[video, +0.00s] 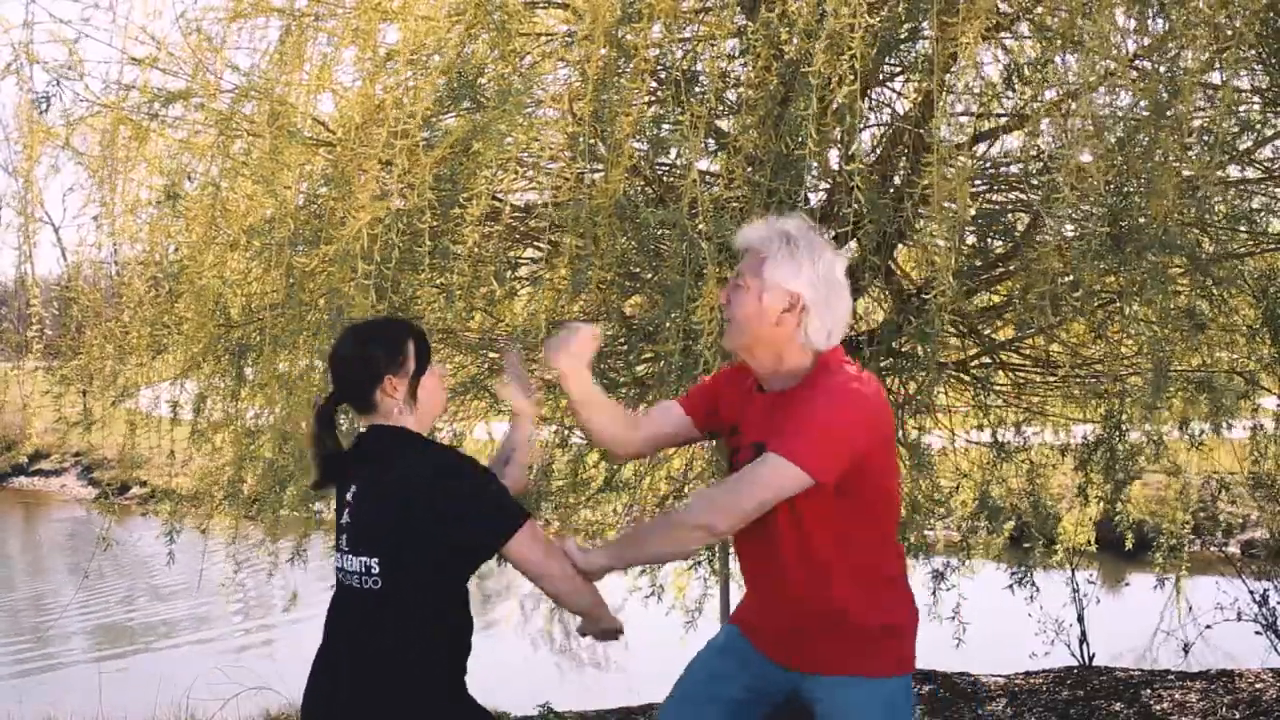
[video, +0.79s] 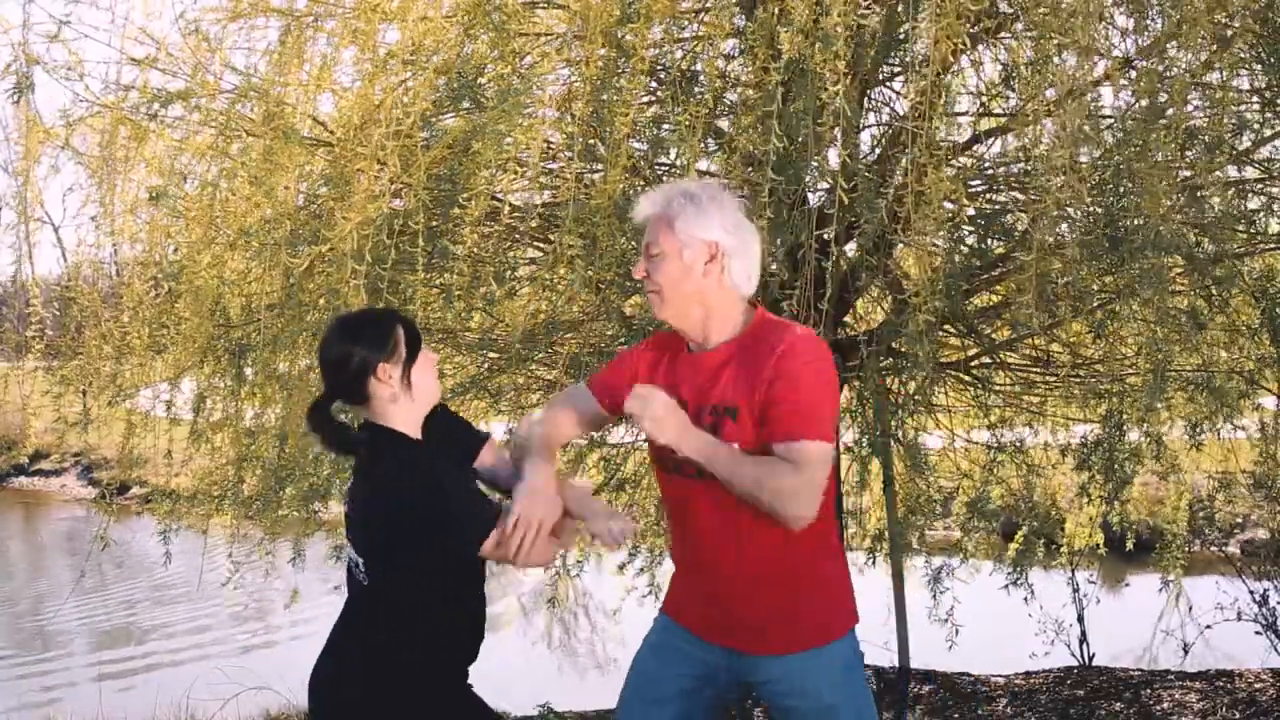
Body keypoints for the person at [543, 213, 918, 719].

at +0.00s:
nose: (722, 297)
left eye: (739, 285)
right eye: (730, 283)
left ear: (791, 306)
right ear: (784, 307)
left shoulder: (846, 398)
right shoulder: (738, 387)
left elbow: (716, 518)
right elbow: (629, 436)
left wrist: (599, 558)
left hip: (859, 663)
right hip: (758, 641)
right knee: (679, 713)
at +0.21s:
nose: (731, 275)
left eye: (747, 261)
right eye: (740, 260)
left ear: (793, 280)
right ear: (789, 281)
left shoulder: (839, 375)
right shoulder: (742, 369)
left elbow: (695, 475)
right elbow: (644, 402)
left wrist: (590, 510)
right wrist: (559, 391)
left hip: (848, 663)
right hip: (747, 639)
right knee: (672, 713)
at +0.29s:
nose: (727, 272)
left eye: (745, 257)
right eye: (736, 258)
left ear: (793, 275)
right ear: (787, 274)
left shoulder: (836, 362)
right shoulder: (742, 361)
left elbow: (677, 448)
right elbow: (642, 390)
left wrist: (592, 456)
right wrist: (562, 395)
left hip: (845, 660)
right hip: (738, 638)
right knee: (672, 711)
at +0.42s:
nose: (703, 263)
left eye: (719, 248)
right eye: (710, 247)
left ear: (770, 261)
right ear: (766, 262)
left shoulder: (830, 352)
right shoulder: (711, 354)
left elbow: (702, 451)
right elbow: (579, 400)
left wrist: (585, 447)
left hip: (839, 649)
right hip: (721, 637)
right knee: (660, 710)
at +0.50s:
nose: (681, 263)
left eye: (697, 246)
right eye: (686, 247)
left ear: (753, 256)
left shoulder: (829, 346)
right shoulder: (683, 360)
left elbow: (763, 474)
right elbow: (566, 420)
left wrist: (623, 483)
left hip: (834, 640)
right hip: (712, 632)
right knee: (657, 712)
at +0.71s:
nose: (649, 270)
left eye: (665, 253)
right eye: (653, 253)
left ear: (723, 257)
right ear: (716, 259)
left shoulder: (805, 349)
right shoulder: (658, 365)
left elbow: (797, 494)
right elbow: (555, 445)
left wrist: (657, 496)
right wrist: (557, 350)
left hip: (818, 640)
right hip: (697, 635)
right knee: (639, 709)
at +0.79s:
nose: (638, 272)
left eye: (653, 255)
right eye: (642, 256)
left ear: (710, 258)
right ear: (705, 260)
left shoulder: (796, 353)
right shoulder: (654, 359)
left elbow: (800, 499)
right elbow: (548, 423)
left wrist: (689, 438)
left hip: (807, 646)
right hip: (689, 635)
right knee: (637, 709)